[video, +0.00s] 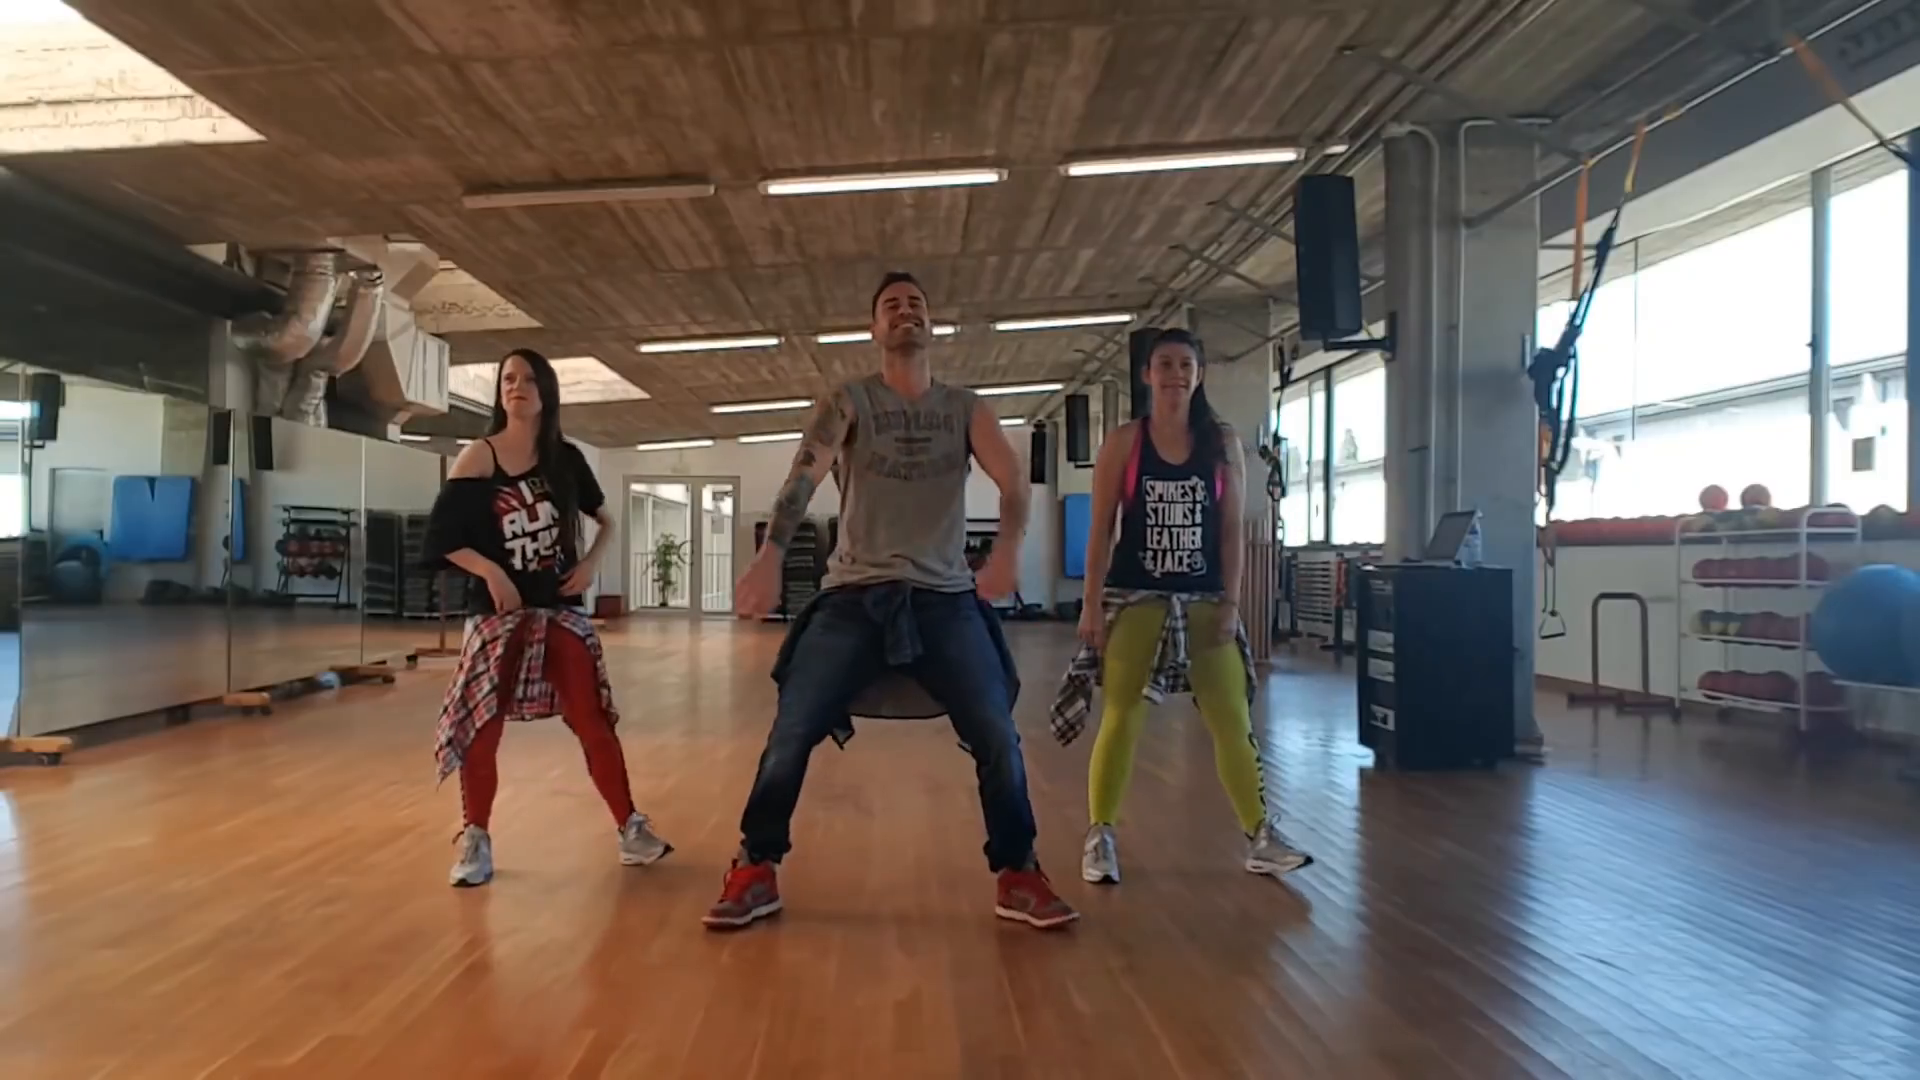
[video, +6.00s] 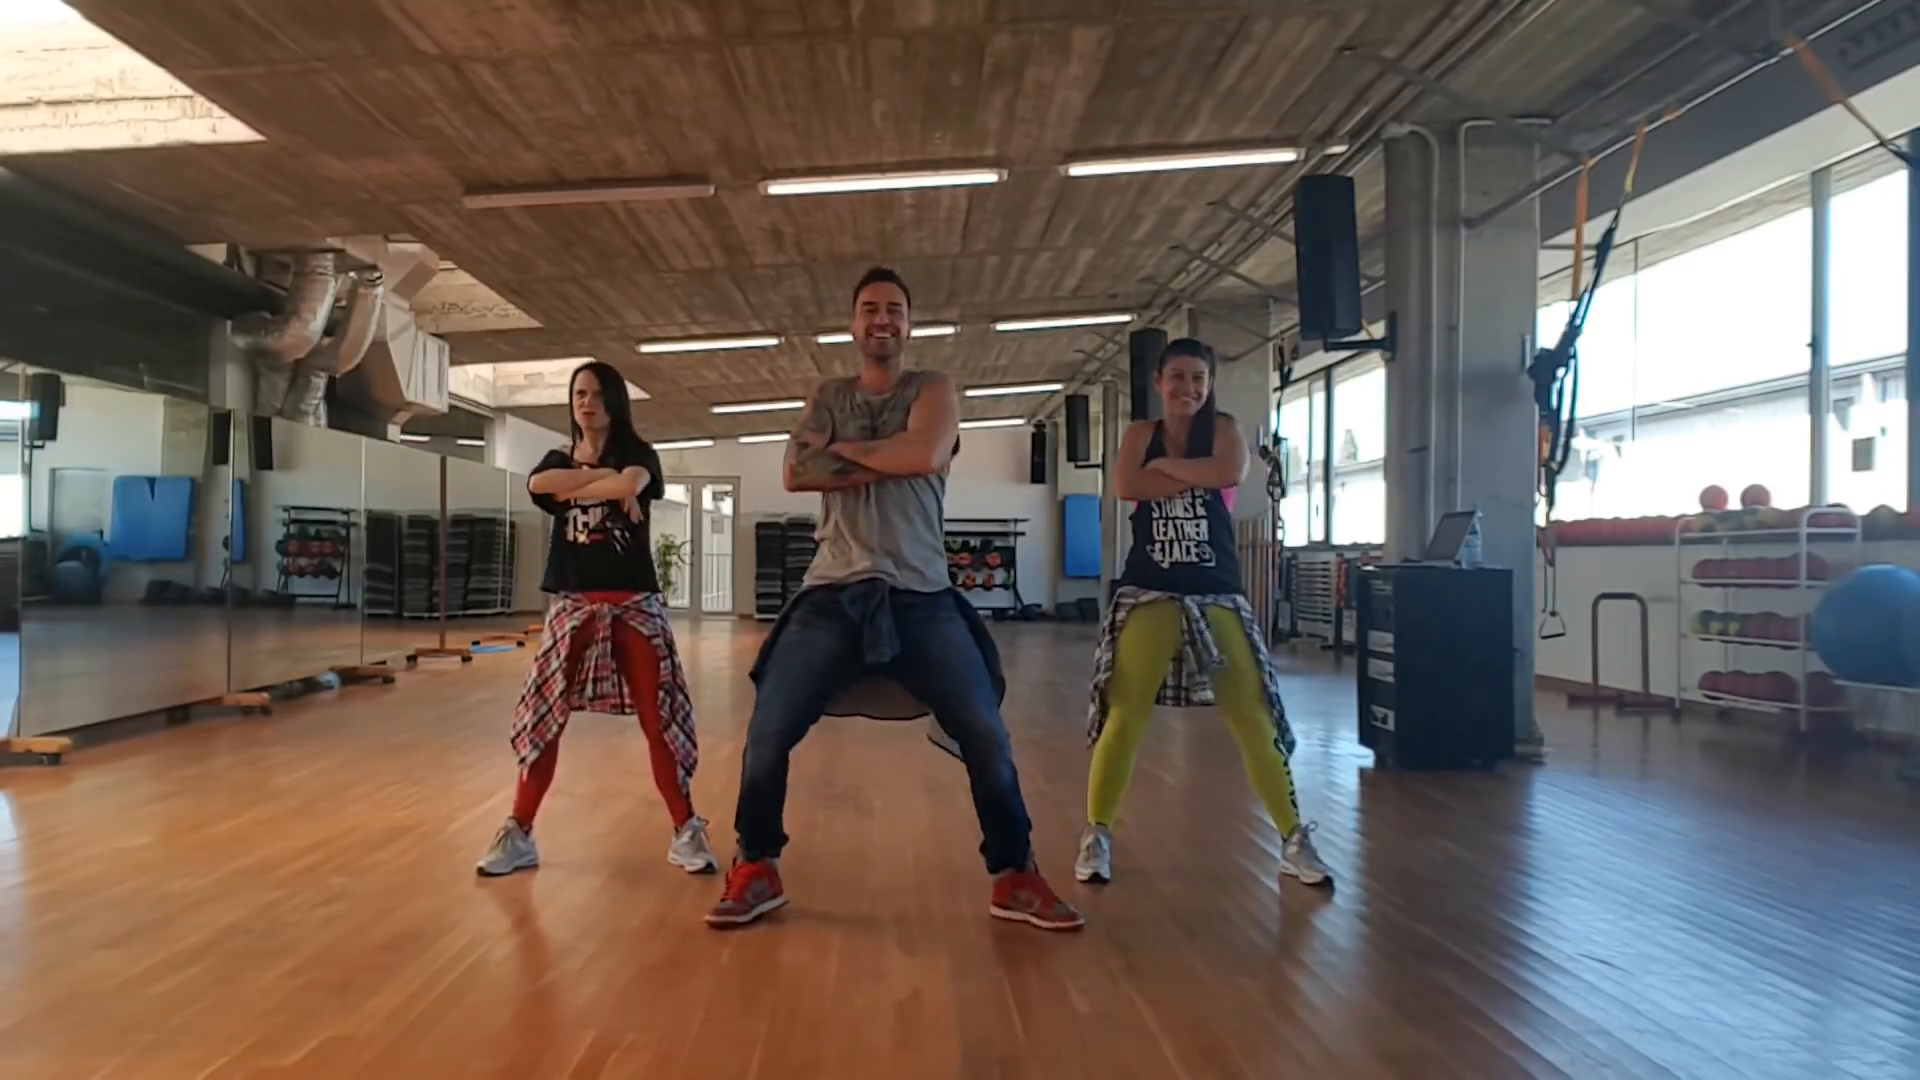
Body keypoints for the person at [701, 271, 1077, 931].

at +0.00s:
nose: (905, 310)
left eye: (914, 303)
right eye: (891, 304)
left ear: (931, 325)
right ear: (873, 329)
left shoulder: (965, 403)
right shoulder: (847, 401)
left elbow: (1013, 482)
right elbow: (801, 481)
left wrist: (1005, 558)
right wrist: (767, 559)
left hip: (943, 592)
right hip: (854, 591)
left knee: (995, 731)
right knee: (793, 723)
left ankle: (1017, 875)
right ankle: (755, 870)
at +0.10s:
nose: (900, 313)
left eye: (909, 306)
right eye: (886, 308)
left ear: (927, 329)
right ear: (869, 334)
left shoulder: (957, 403)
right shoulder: (841, 405)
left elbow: (986, 457)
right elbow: (814, 470)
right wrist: (856, 526)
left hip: (942, 595)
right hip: (851, 597)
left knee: (997, 728)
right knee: (792, 726)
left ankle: (1021, 876)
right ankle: (752, 869)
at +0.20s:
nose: (901, 315)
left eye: (911, 308)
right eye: (888, 309)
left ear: (928, 330)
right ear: (871, 333)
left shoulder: (956, 400)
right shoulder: (843, 402)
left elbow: (950, 439)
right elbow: (827, 464)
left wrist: (864, 452)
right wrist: (925, 489)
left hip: (945, 595)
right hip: (855, 592)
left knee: (1004, 730)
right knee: (792, 730)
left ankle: (1024, 875)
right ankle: (749, 869)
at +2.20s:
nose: (891, 361)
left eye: (901, 349)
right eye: (879, 350)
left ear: (920, 345)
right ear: (865, 348)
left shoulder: (946, 405)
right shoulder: (840, 411)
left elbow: (943, 450)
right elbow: (814, 470)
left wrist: (854, 451)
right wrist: (905, 462)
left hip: (940, 594)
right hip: (851, 592)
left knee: (998, 727)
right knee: (786, 729)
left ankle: (1031, 873)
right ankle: (756, 872)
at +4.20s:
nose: (882, 331)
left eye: (894, 320)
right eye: (871, 319)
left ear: (911, 329)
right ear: (853, 328)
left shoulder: (934, 393)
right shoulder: (828, 405)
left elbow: (923, 456)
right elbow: (796, 479)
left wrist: (838, 451)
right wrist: (882, 465)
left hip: (921, 598)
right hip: (831, 596)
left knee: (978, 733)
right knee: (768, 737)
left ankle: (1021, 876)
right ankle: (758, 873)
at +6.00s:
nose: (880, 319)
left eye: (892, 309)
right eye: (869, 309)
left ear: (910, 324)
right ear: (850, 323)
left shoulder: (932, 388)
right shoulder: (827, 397)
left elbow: (926, 454)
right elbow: (796, 473)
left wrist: (838, 446)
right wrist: (889, 463)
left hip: (921, 595)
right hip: (832, 593)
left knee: (985, 730)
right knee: (766, 731)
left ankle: (1013, 876)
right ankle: (755, 869)